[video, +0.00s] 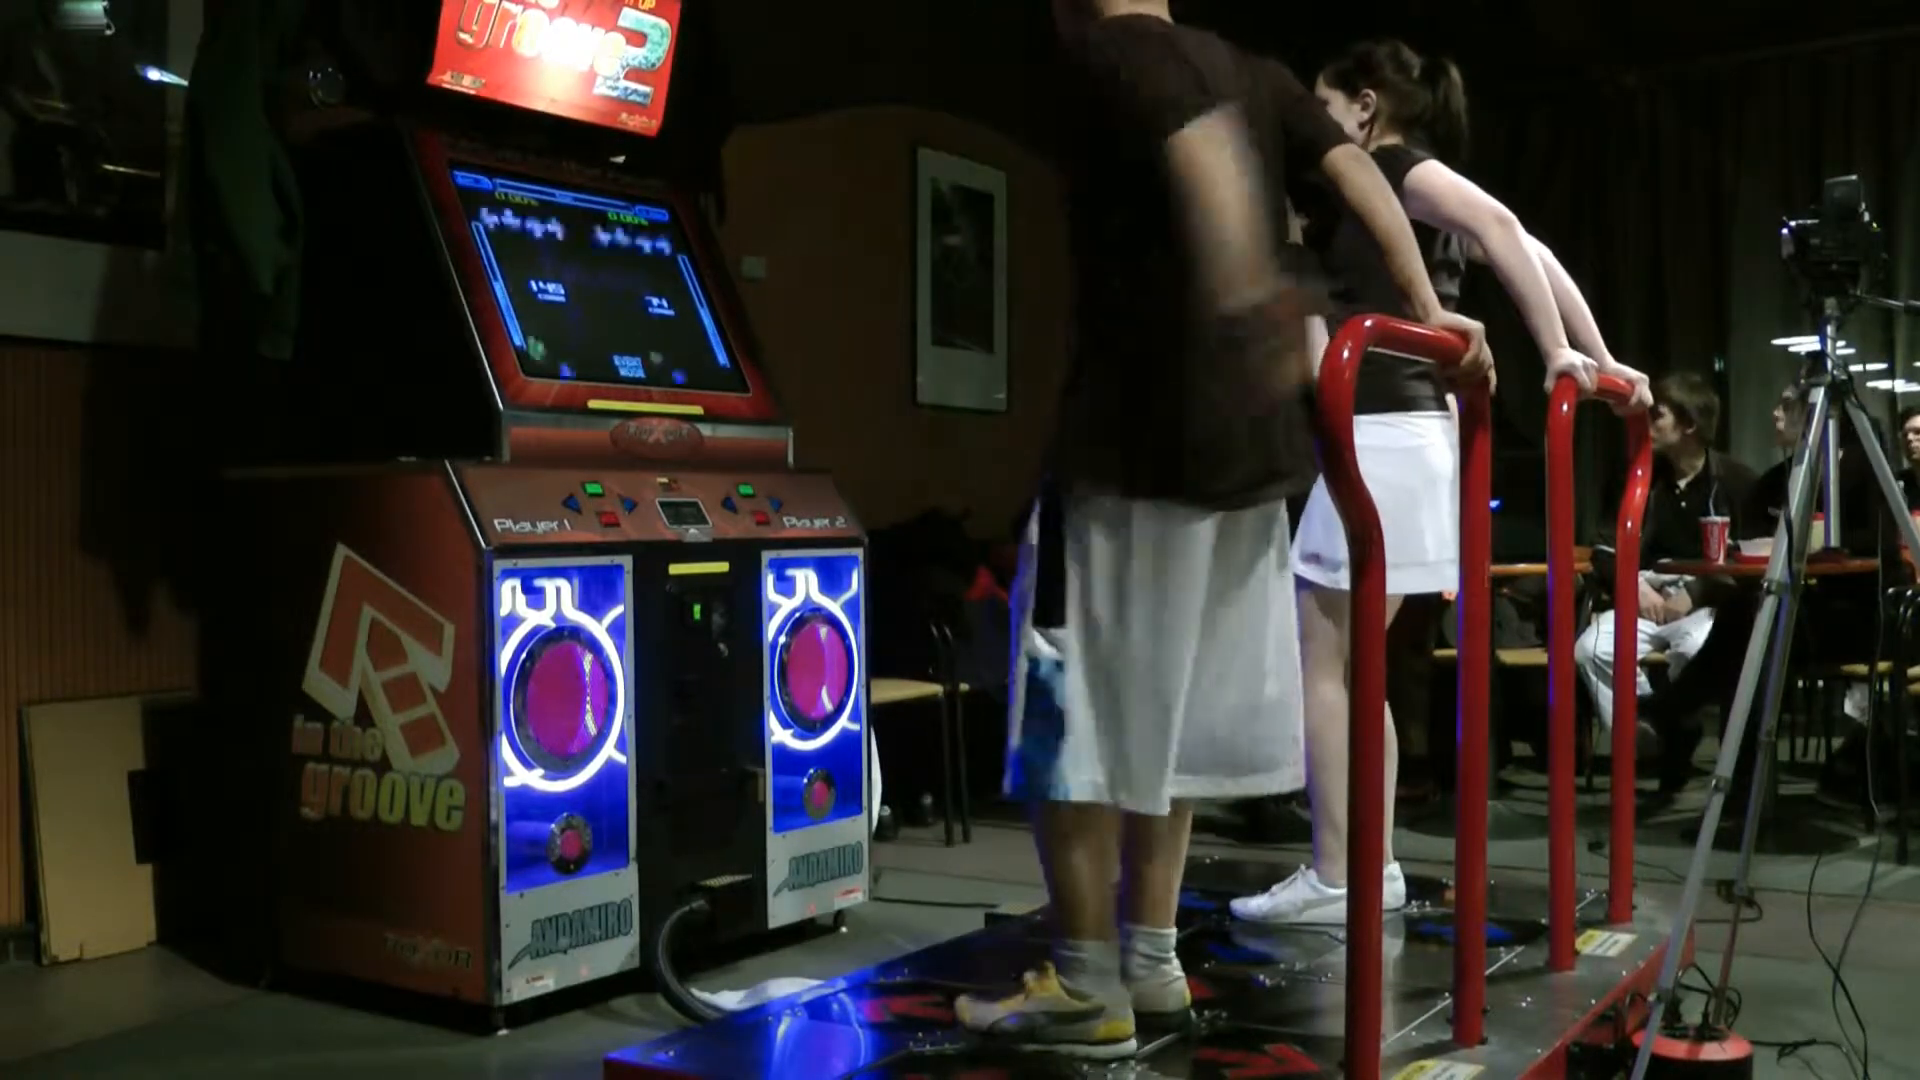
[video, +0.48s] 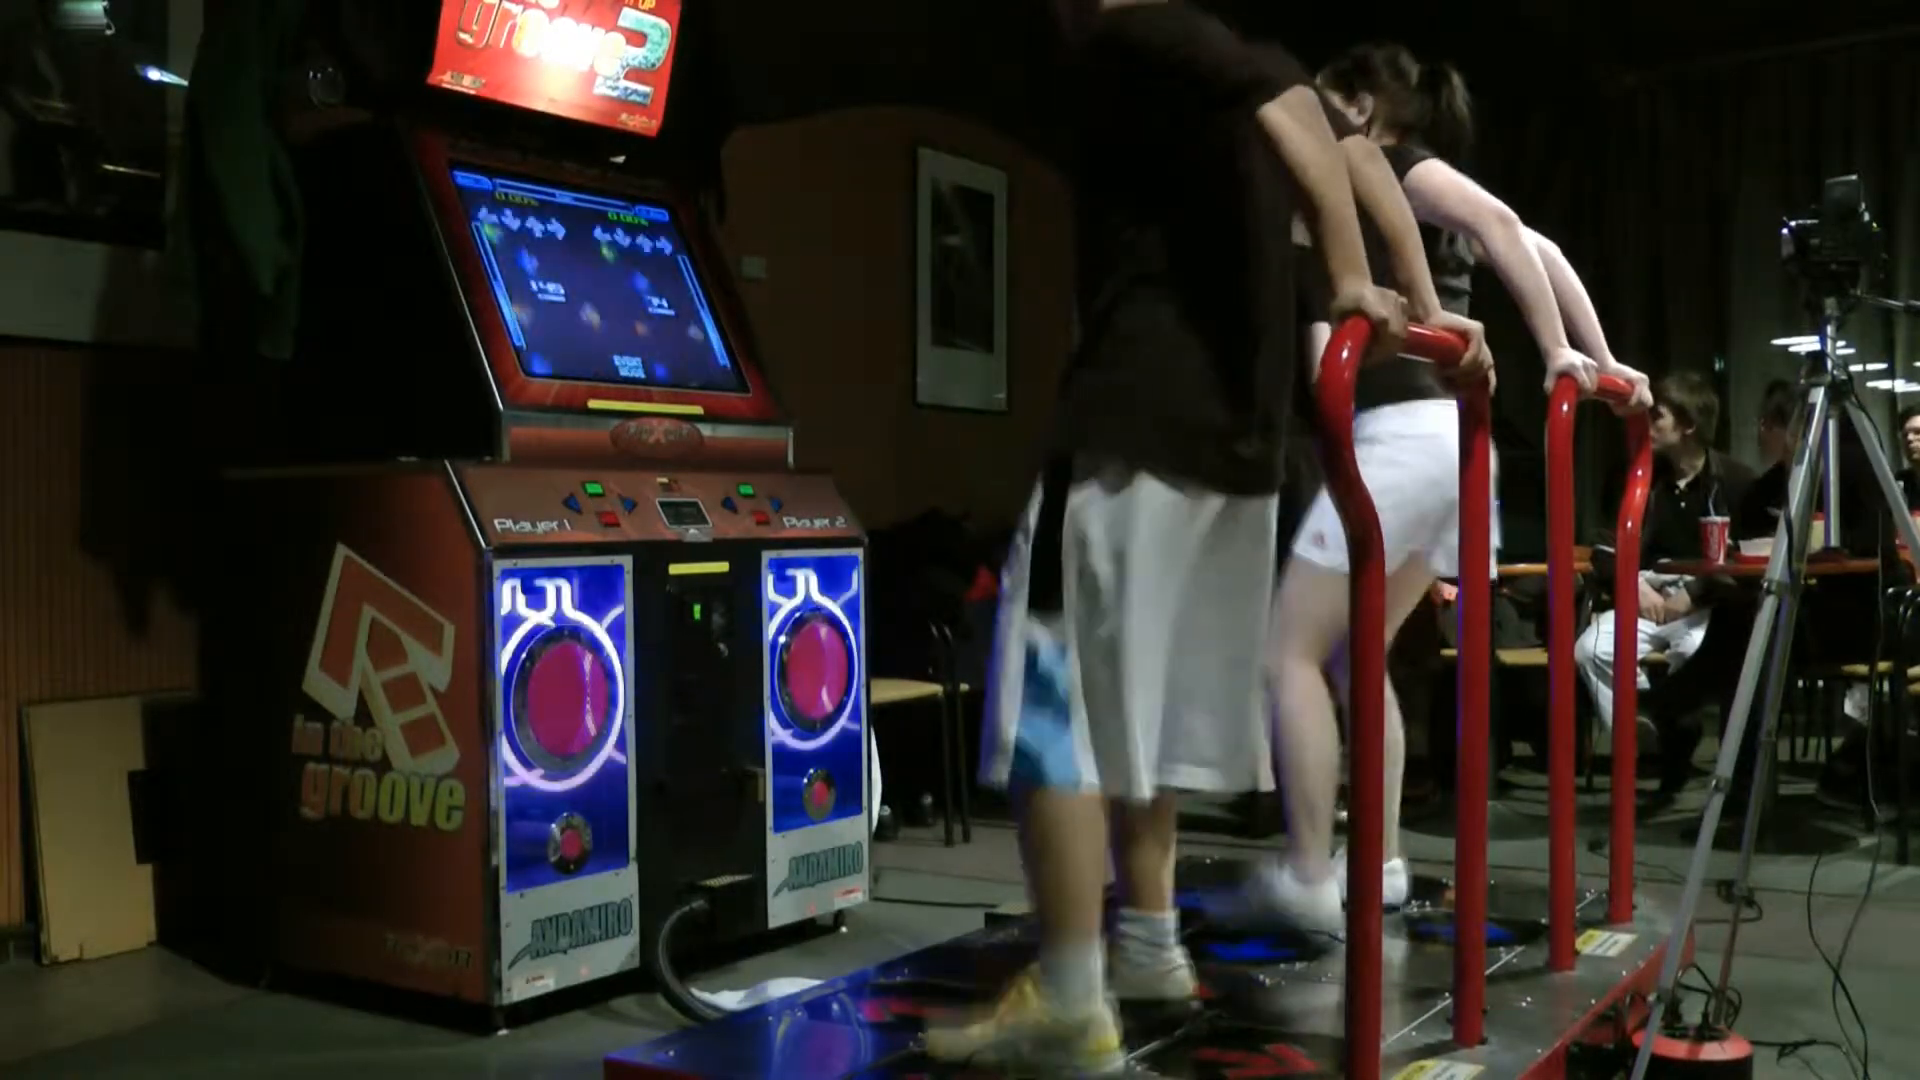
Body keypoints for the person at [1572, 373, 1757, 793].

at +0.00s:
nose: (1650, 425)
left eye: (1660, 417)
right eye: (1651, 417)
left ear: (1689, 425)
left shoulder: (1734, 480)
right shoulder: (1645, 474)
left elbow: (1745, 561)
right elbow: (1606, 548)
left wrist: (1692, 595)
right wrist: (1634, 588)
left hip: (1701, 600)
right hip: (1644, 595)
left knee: (1696, 652)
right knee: (1595, 649)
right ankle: (1646, 751)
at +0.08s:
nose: (1650, 425)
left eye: (1659, 417)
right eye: (1651, 416)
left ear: (1690, 425)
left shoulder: (1734, 480)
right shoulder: (1645, 474)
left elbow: (1746, 561)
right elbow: (1606, 547)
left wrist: (1693, 595)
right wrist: (1634, 588)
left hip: (1700, 602)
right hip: (1643, 598)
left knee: (1697, 652)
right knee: (1595, 648)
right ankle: (1645, 750)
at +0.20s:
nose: (1650, 425)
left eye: (1659, 418)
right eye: (1651, 417)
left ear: (1690, 425)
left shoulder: (1734, 479)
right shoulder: (1645, 474)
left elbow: (1747, 560)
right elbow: (1607, 546)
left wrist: (1692, 595)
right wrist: (1634, 587)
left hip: (1702, 603)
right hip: (1644, 598)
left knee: (1697, 652)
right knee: (1595, 648)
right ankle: (1646, 750)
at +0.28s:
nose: (1650, 425)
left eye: (1659, 417)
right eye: (1650, 417)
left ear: (1689, 425)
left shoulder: (1734, 480)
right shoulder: (1644, 474)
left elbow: (1747, 560)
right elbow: (1607, 546)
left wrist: (1692, 596)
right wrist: (1634, 587)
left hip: (1703, 603)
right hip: (1645, 599)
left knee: (1698, 652)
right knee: (1596, 648)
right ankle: (1646, 748)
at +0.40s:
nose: (1650, 426)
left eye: (1659, 418)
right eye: (1650, 417)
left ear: (1689, 425)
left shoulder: (1734, 480)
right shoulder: (1645, 474)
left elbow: (1745, 560)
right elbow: (1607, 546)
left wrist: (1692, 595)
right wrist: (1634, 587)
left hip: (1703, 602)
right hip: (1645, 598)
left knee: (1695, 654)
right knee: (1596, 648)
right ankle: (1643, 750)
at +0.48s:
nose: (1650, 427)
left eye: (1659, 419)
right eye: (1650, 418)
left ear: (1688, 426)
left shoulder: (1733, 480)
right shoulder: (1646, 475)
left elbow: (1744, 563)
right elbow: (1610, 547)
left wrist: (1692, 596)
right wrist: (1634, 588)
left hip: (1704, 603)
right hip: (1646, 600)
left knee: (1703, 652)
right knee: (1595, 648)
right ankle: (1638, 748)